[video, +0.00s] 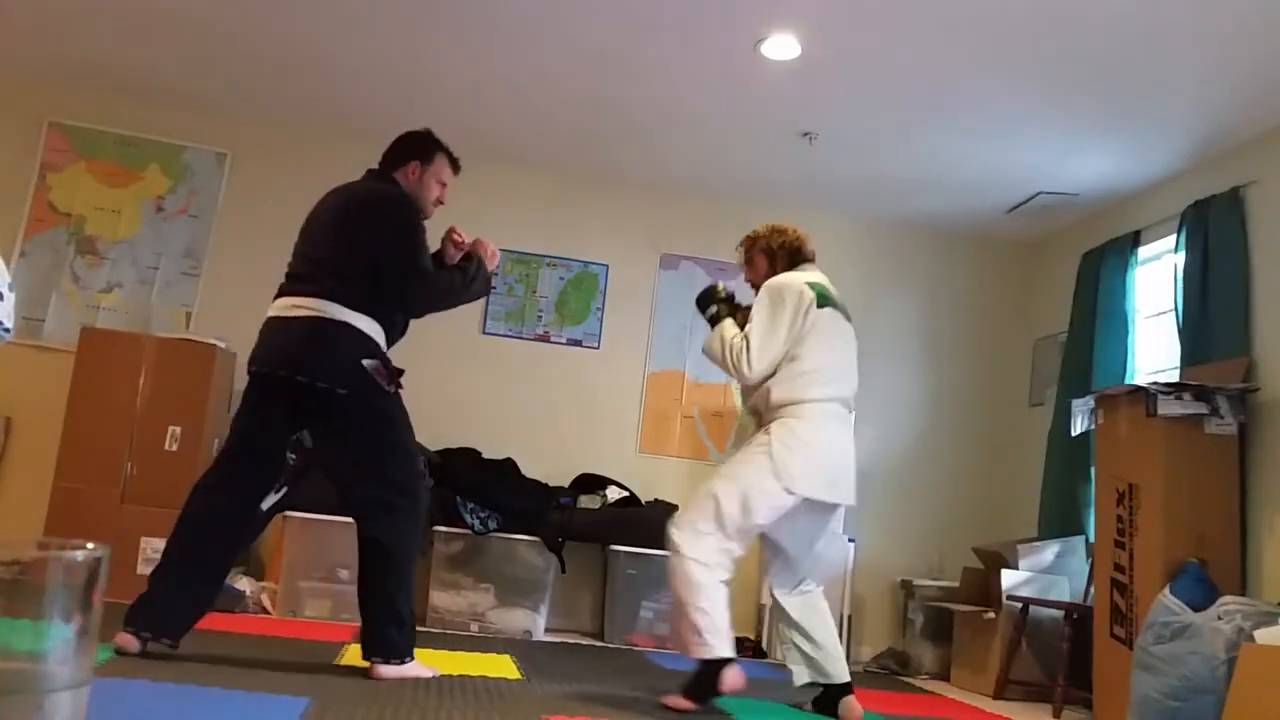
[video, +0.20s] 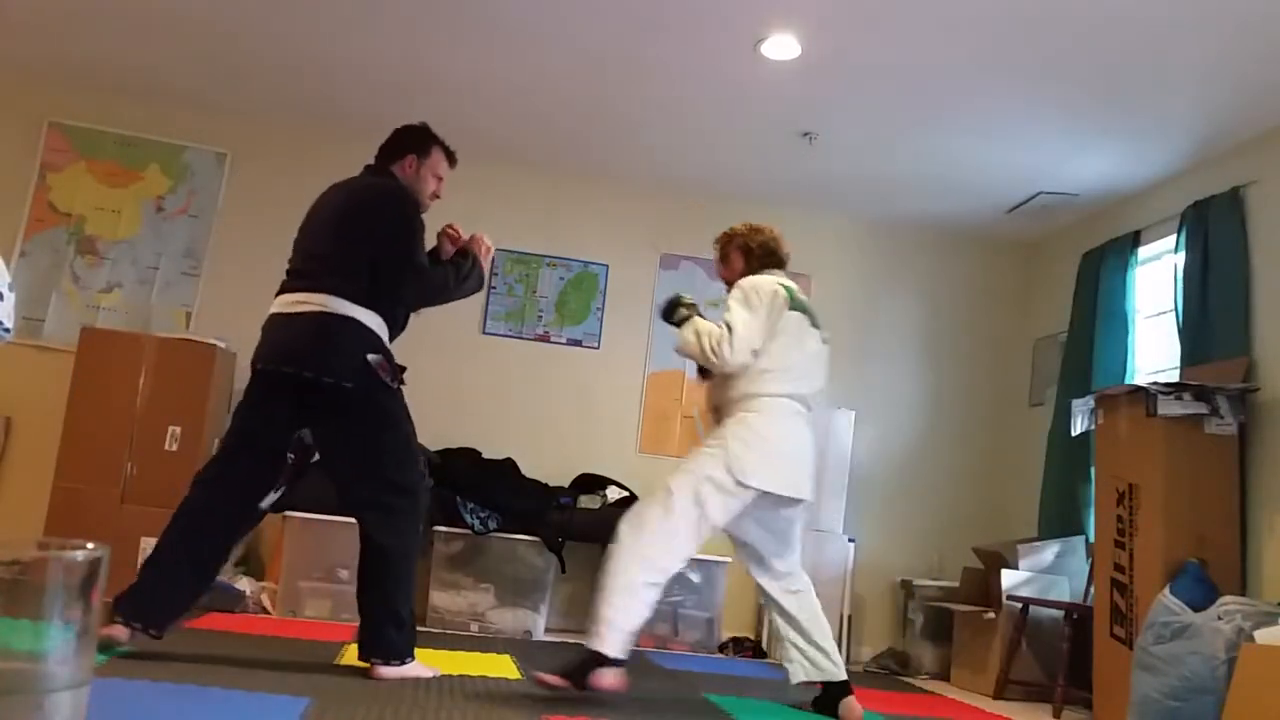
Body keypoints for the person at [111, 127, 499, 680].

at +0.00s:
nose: (443, 200)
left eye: (446, 190)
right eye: (441, 186)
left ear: (399, 171)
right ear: (412, 170)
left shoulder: (336, 201)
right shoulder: (397, 208)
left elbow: (374, 289)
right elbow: (414, 292)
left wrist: (440, 261)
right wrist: (478, 272)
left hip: (278, 352)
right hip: (344, 361)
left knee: (233, 488)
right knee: (396, 497)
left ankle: (147, 626)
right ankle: (390, 654)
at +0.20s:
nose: (439, 193)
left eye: (442, 183)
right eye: (437, 179)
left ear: (395, 164)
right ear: (409, 163)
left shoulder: (335, 196)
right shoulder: (397, 202)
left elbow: (368, 282)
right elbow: (410, 285)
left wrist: (435, 256)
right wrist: (472, 269)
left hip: (279, 353)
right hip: (346, 362)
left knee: (227, 488)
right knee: (397, 500)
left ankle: (133, 617)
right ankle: (389, 654)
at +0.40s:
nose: (424, 201)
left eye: (427, 193)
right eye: (421, 190)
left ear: (371, 183)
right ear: (392, 180)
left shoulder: (315, 214)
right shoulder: (399, 219)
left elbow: (315, 297)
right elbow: (461, 270)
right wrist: (496, 226)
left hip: (251, 362)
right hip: (324, 372)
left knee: (191, 493)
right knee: (377, 511)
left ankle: (122, 613)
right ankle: (395, 652)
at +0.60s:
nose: (372, 200)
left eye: (375, 189)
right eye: (369, 186)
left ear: (317, 177)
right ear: (340, 176)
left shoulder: (260, 214)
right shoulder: (336, 220)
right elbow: (339, 307)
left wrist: (377, 318)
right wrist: (405, 334)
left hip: (215, 366)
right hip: (287, 374)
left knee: (144, 491)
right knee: (350, 504)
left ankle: (37, 593)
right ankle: (381, 649)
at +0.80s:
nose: (333, 179)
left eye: (337, 169)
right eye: (330, 164)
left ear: (281, 154)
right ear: (295, 152)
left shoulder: (228, 189)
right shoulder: (284, 192)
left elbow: (256, 271)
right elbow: (288, 277)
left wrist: (324, 234)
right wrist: (362, 241)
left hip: (177, 346)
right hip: (239, 352)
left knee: (133, 484)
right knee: (314, 480)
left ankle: (39, 598)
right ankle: (332, 629)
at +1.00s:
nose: (331, 179)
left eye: (335, 169)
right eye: (327, 164)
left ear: (286, 154)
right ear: (291, 152)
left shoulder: (227, 190)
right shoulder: (270, 193)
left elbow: (268, 298)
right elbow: (273, 289)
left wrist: (326, 249)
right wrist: (341, 274)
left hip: (164, 339)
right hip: (221, 348)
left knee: (117, 481)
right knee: (276, 489)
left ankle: (20, 597)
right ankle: (238, 634)